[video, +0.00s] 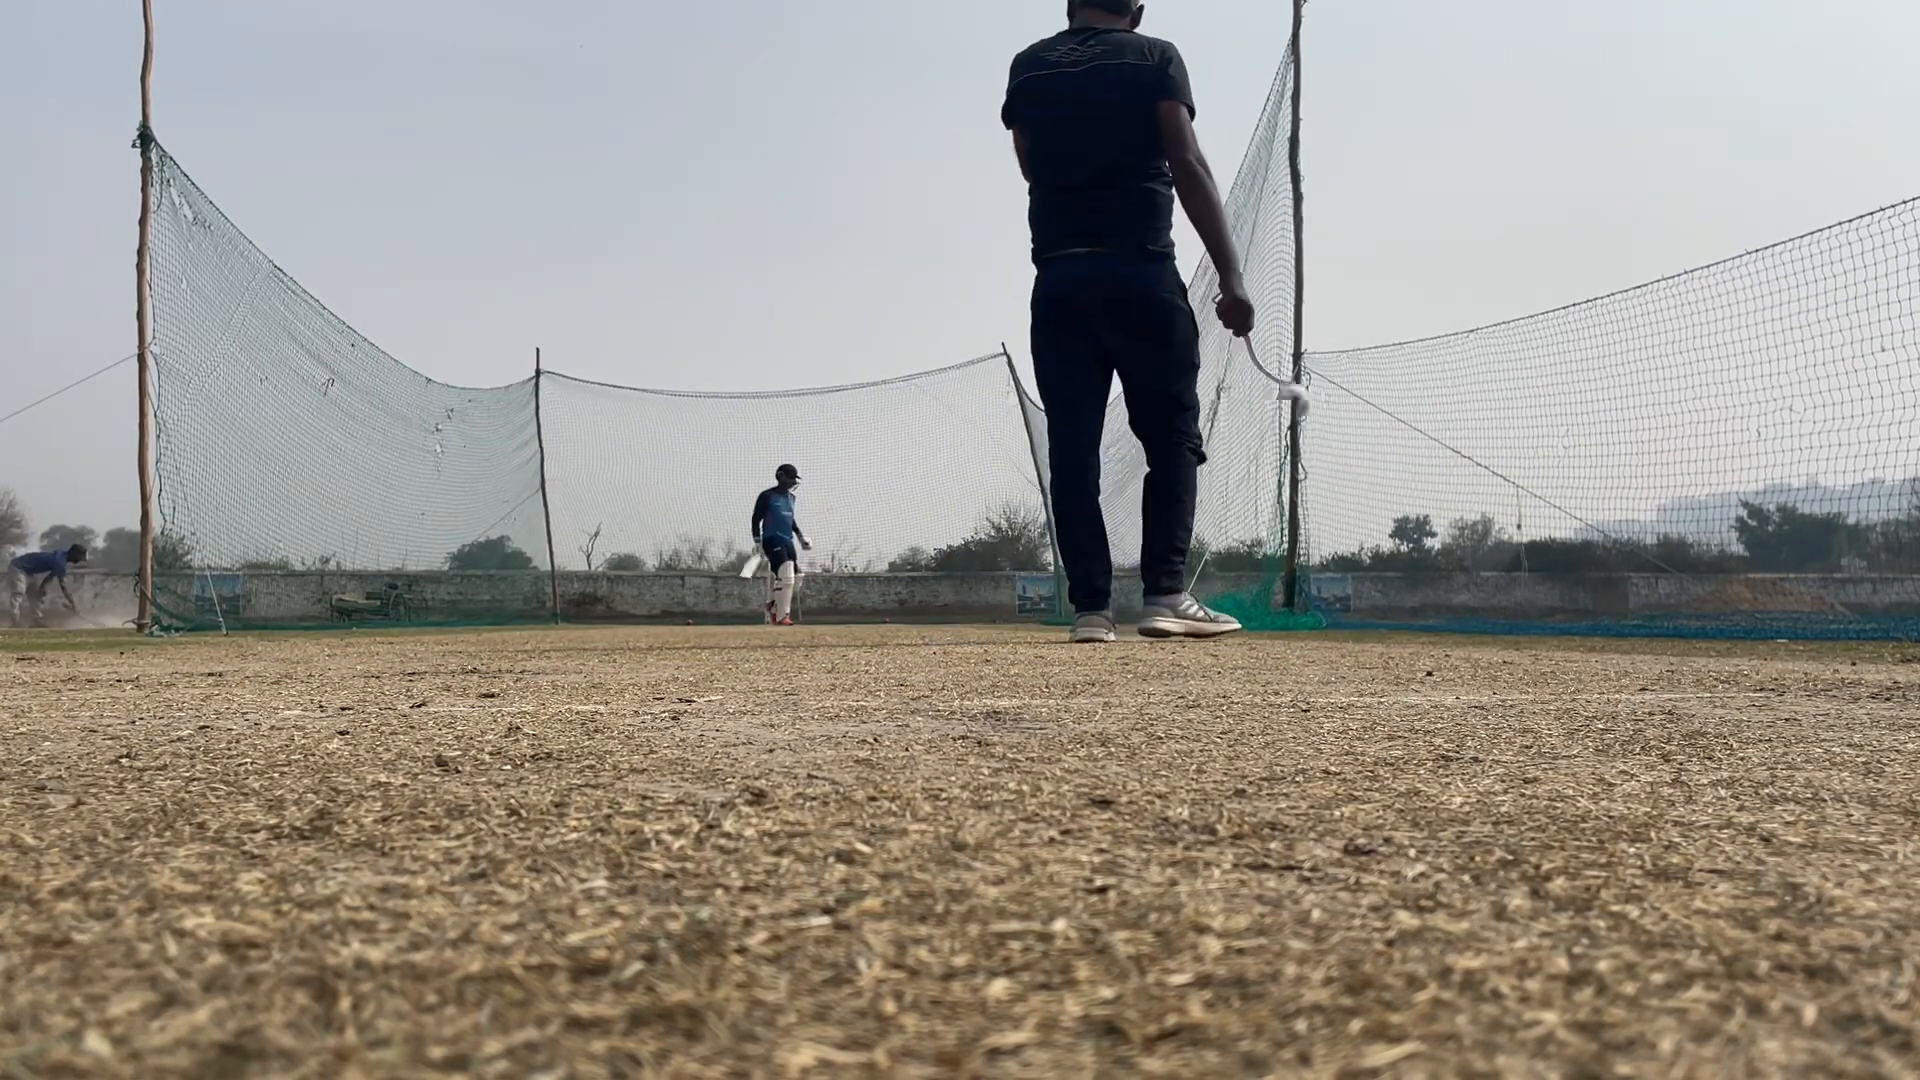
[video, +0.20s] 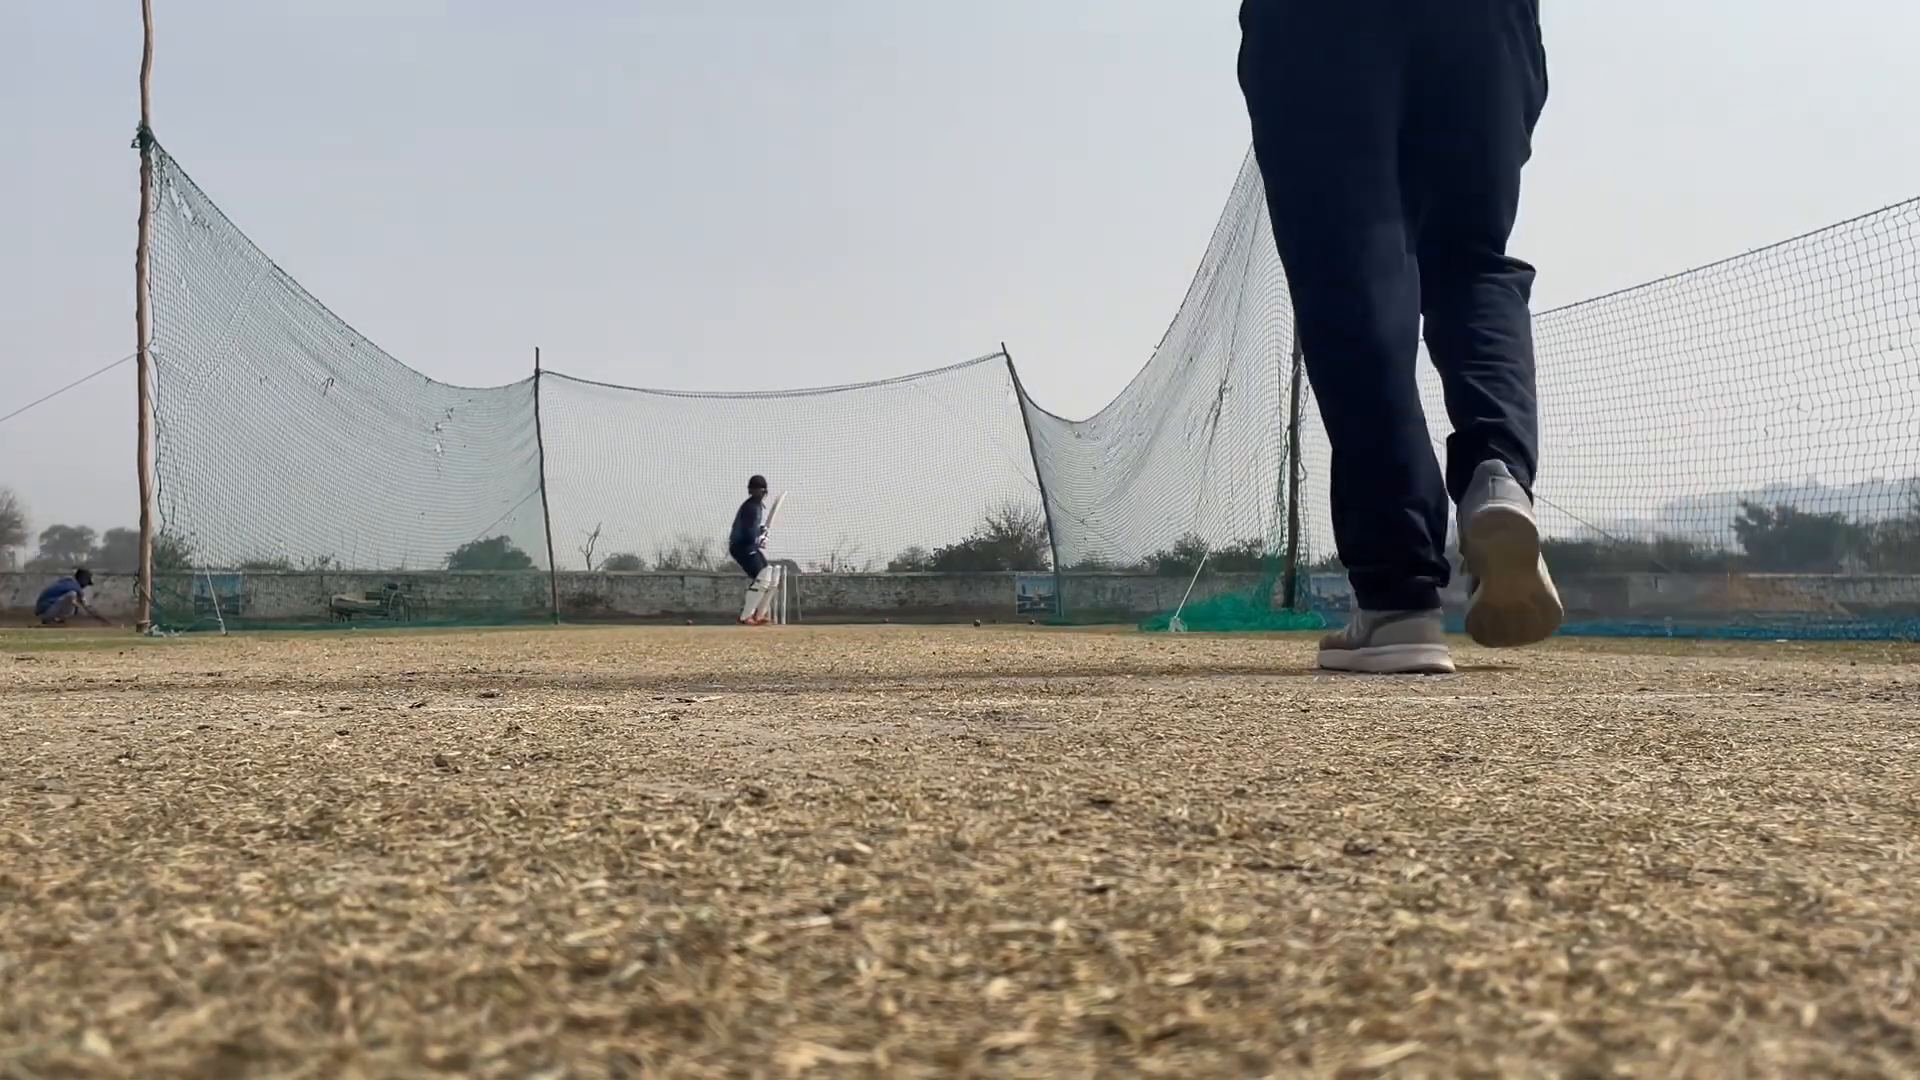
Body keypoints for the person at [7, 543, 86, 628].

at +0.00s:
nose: (79, 561)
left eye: (80, 559)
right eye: (79, 558)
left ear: (73, 553)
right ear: (74, 554)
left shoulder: (61, 557)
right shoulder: (60, 562)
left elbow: (50, 577)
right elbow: (63, 587)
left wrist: (41, 588)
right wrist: (72, 604)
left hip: (28, 571)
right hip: (17, 568)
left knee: (34, 595)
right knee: (18, 595)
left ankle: (37, 620)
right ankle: (15, 621)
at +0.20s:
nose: (87, 585)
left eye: (88, 583)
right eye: (87, 582)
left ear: (78, 578)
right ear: (83, 580)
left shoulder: (69, 582)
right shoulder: (76, 589)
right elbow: (87, 608)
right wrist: (105, 621)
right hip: (45, 612)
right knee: (71, 595)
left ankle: (56, 618)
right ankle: (54, 618)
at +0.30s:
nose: (86, 585)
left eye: (87, 583)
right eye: (86, 582)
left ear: (77, 577)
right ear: (82, 580)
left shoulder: (69, 582)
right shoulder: (76, 587)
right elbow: (90, 610)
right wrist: (112, 621)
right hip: (46, 612)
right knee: (72, 595)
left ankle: (48, 618)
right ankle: (62, 619)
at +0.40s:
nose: (86, 585)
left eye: (87, 582)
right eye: (86, 582)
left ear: (77, 577)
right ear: (82, 579)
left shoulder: (68, 581)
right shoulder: (77, 587)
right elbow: (89, 608)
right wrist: (112, 620)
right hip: (46, 612)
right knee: (73, 595)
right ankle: (61, 618)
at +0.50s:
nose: (86, 585)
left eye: (87, 583)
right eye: (86, 582)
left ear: (77, 577)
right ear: (82, 579)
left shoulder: (69, 581)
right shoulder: (76, 586)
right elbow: (86, 605)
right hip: (45, 612)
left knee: (74, 595)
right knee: (73, 595)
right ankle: (61, 618)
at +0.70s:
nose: (85, 585)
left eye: (87, 582)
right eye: (86, 582)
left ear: (76, 577)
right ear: (81, 579)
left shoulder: (68, 581)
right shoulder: (76, 587)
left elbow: (75, 603)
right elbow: (82, 607)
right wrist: (95, 619)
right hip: (45, 611)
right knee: (71, 595)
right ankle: (62, 618)